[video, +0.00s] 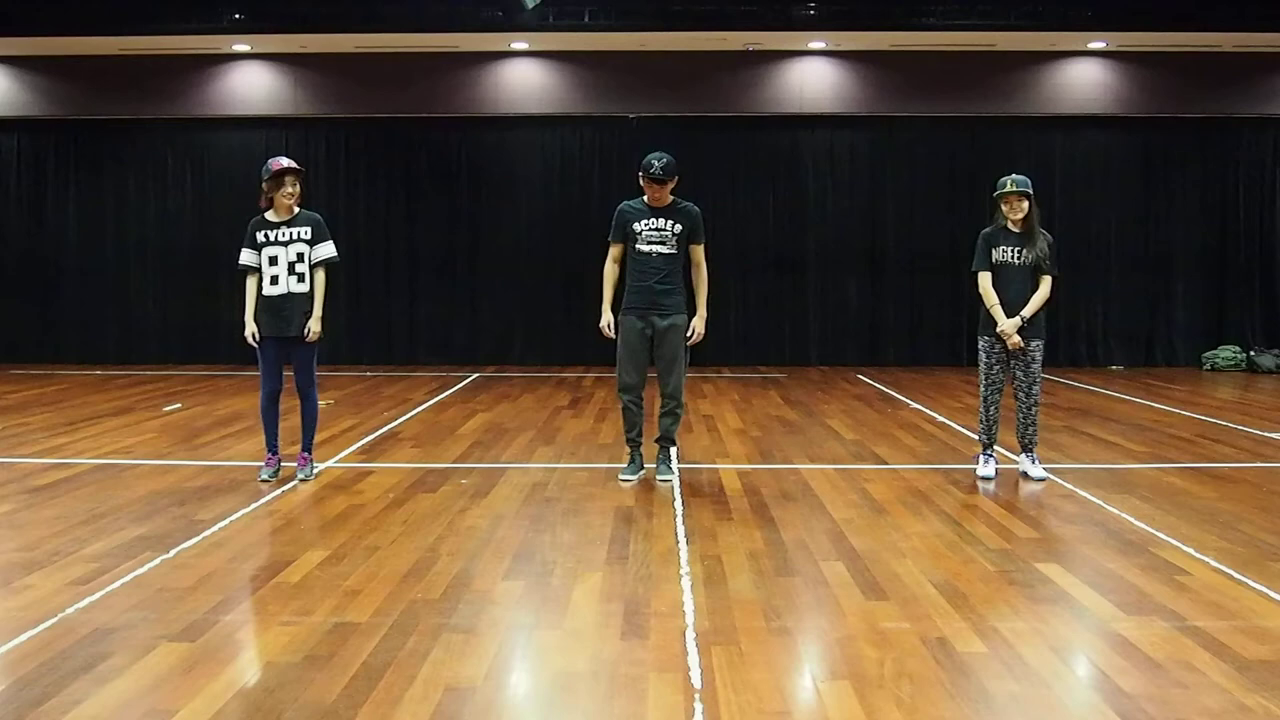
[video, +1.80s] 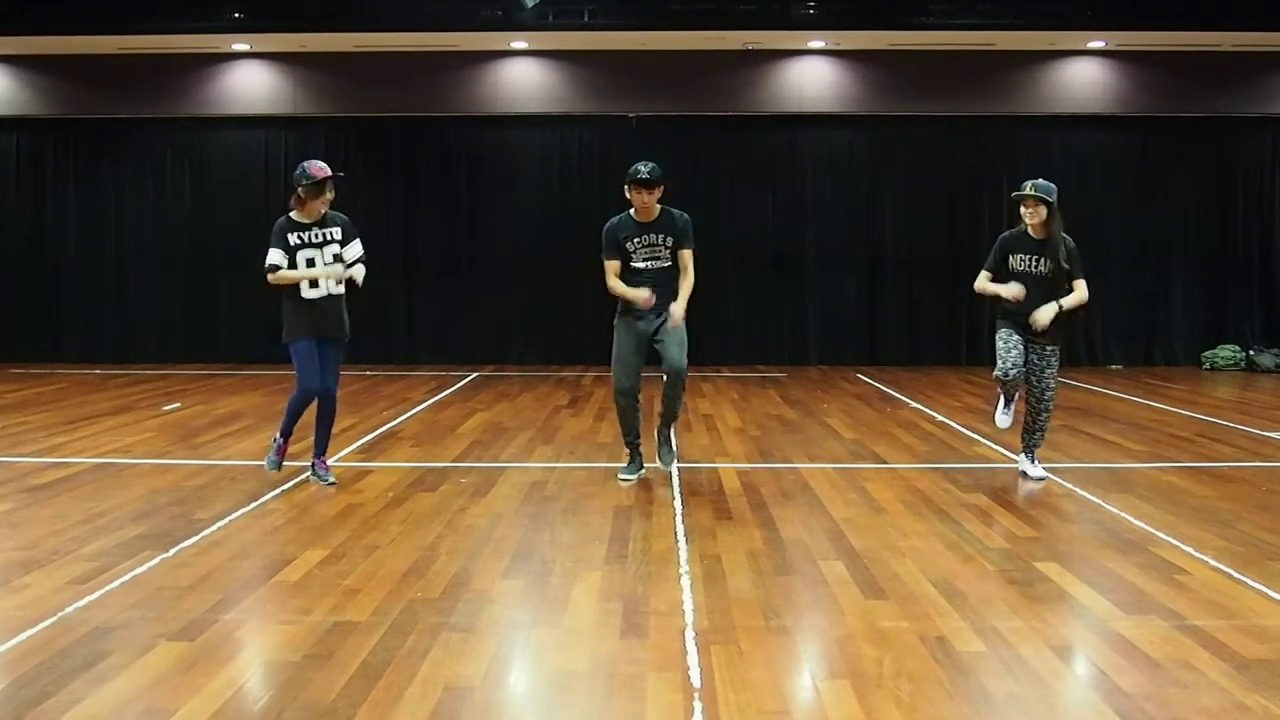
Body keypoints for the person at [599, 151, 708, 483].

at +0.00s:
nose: (656, 190)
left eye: (662, 184)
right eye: (650, 184)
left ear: (673, 182)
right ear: (642, 180)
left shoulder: (689, 215)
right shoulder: (626, 212)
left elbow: (698, 265)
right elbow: (613, 260)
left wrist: (701, 313)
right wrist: (607, 307)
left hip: (673, 315)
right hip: (632, 314)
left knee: (672, 389)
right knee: (629, 388)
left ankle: (667, 452)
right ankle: (634, 454)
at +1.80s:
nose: (644, 196)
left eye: (650, 189)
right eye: (638, 189)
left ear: (660, 190)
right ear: (628, 191)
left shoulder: (678, 223)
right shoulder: (615, 229)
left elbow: (687, 271)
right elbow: (611, 279)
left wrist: (679, 305)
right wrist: (632, 293)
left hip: (669, 313)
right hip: (630, 315)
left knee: (677, 367)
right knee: (623, 386)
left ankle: (666, 430)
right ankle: (633, 453)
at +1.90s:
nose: (647, 196)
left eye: (653, 189)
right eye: (640, 189)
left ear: (663, 191)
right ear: (631, 192)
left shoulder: (680, 223)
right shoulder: (617, 228)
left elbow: (687, 273)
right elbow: (617, 280)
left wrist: (671, 278)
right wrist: (644, 261)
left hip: (671, 308)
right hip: (632, 314)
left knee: (686, 349)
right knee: (624, 387)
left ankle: (670, 411)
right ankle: (633, 454)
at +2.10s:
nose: (659, 185)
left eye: (666, 179)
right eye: (653, 179)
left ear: (676, 182)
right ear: (643, 181)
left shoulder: (690, 218)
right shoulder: (628, 214)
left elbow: (688, 267)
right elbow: (624, 258)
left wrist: (667, 237)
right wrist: (648, 217)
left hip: (679, 315)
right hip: (637, 316)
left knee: (699, 377)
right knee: (630, 387)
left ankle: (689, 446)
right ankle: (634, 454)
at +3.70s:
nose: (681, 179)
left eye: (688, 173)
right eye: (676, 174)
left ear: (702, 180)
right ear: (669, 181)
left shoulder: (720, 219)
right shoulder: (657, 218)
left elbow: (721, 257)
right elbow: (659, 256)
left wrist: (695, 219)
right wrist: (678, 212)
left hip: (714, 311)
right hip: (673, 317)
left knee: (742, 354)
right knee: (671, 395)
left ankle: (722, 418)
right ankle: (677, 462)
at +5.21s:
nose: (701, 174)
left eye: (706, 168)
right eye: (694, 168)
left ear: (717, 171)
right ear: (683, 172)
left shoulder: (733, 207)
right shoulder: (673, 209)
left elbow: (742, 255)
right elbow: (661, 252)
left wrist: (715, 217)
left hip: (722, 312)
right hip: (682, 311)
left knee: (727, 391)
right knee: (665, 384)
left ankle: (723, 463)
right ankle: (677, 422)